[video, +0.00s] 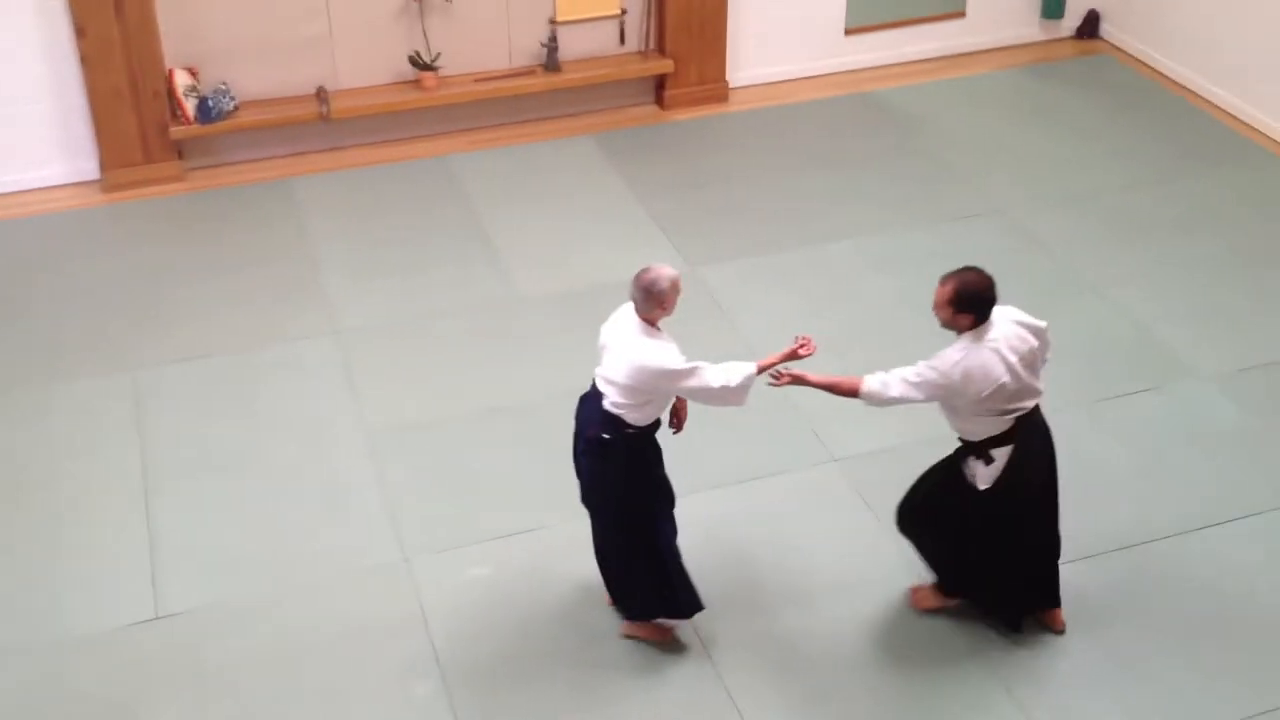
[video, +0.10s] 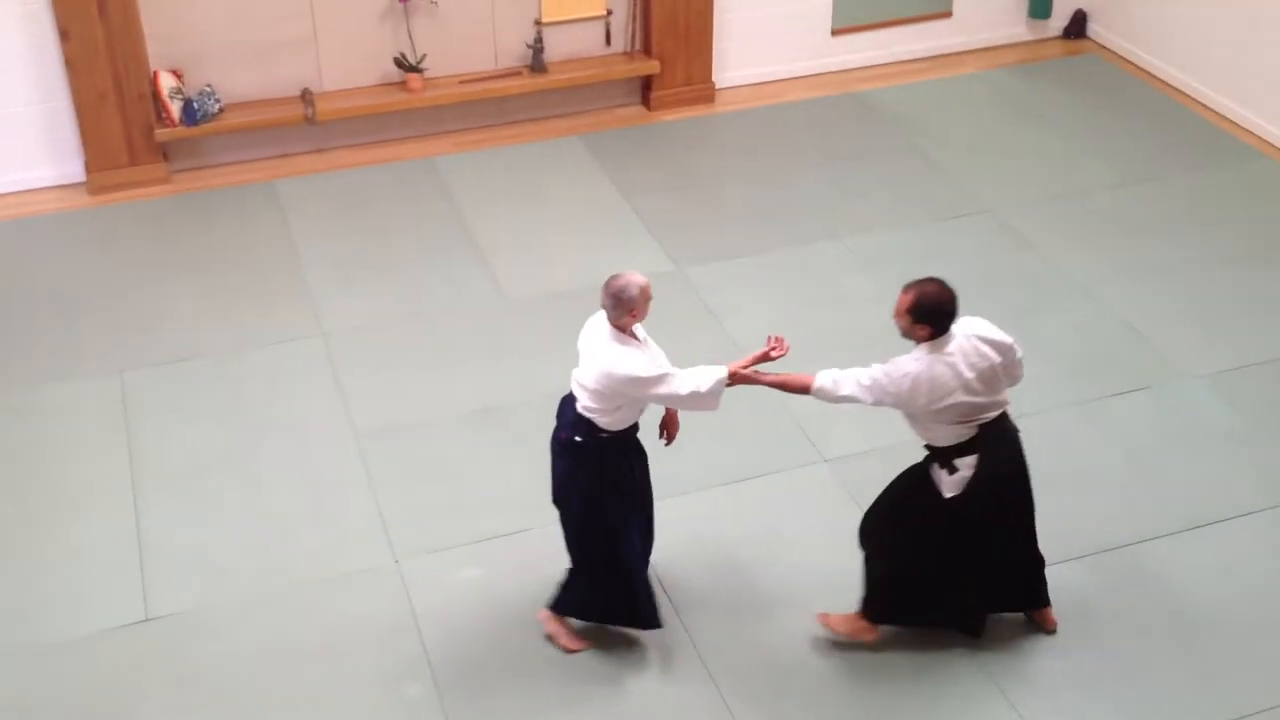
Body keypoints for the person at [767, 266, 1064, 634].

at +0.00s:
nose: (935, 303)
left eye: (941, 302)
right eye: (938, 297)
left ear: (964, 316)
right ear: (978, 311)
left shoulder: (955, 367)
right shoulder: (1012, 320)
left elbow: (877, 389)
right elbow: (1041, 345)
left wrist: (807, 379)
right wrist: (1019, 388)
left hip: (992, 460)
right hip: (1034, 438)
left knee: (915, 514)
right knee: (1036, 527)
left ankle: (954, 586)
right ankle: (1048, 605)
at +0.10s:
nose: (895, 312)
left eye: (901, 311)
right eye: (899, 306)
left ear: (920, 327)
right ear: (944, 317)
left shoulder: (909, 375)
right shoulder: (977, 333)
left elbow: (833, 385)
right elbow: (1015, 366)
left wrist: (761, 378)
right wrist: (981, 390)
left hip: (958, 470)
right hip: (1005, 447)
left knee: (879, 526)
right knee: (1016, 530)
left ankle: (869, 619)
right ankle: (1041, 608)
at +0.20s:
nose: (841, 327)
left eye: (847, 324)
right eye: (845, 321)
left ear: (866, 340)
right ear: (887, 329)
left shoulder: (853, 387)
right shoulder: (926, 343)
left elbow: (779, 392)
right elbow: (977, 375)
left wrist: (711, 377)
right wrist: (969, 397)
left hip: (908, 481)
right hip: (958, 457)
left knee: (839, 546)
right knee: (986, 529)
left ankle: (818, 646)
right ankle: (1027, 604)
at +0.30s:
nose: (785, 337)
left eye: (789, 334)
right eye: (788, 330)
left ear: (807, 351)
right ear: (832, 341)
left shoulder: (801, 401)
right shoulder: (871, 355)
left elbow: (732, 402)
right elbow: (920, 381)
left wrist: (674, 375)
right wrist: (949, 404)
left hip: (860, 498)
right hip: (909, 470)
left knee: (800, 556)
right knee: (943, 533)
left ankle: (798, 652)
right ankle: (997, 587)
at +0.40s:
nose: (740, 334)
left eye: (745, 331)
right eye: (743, 328)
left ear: (765, 344)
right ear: (790, 332)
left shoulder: (764, 396)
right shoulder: (830, 349)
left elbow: (694, 408)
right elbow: (879, 381)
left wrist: (634, 385)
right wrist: (908, 416)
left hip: (825, 491)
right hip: (868, 461)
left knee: (775, 569)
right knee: (884, 539)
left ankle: (784, 651)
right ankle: (917, 610)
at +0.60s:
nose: (675, 344)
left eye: (682, 339)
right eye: (678, 336)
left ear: (707, 350)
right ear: (718, 346)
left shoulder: (702, 402)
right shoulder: (769, 363)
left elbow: (628, 431)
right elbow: (808, 413)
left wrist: (565, 414)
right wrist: (786, 450)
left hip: (764, 509)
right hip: (802, 485)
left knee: (690, 572)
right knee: (803, 567)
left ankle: (700, 665)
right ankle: (837, 639)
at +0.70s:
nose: (635, 356)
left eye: (641, 350)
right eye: (637, 348)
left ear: (666, 358)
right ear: (681, 356)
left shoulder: (656, 409)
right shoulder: (727, 384)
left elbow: (585, 439)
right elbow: (749, 441)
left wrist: (527, 423)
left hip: (712, 529)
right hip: (753, 503)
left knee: (654, 596)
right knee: (780, 574)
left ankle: (635, 698)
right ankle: (825, 638)